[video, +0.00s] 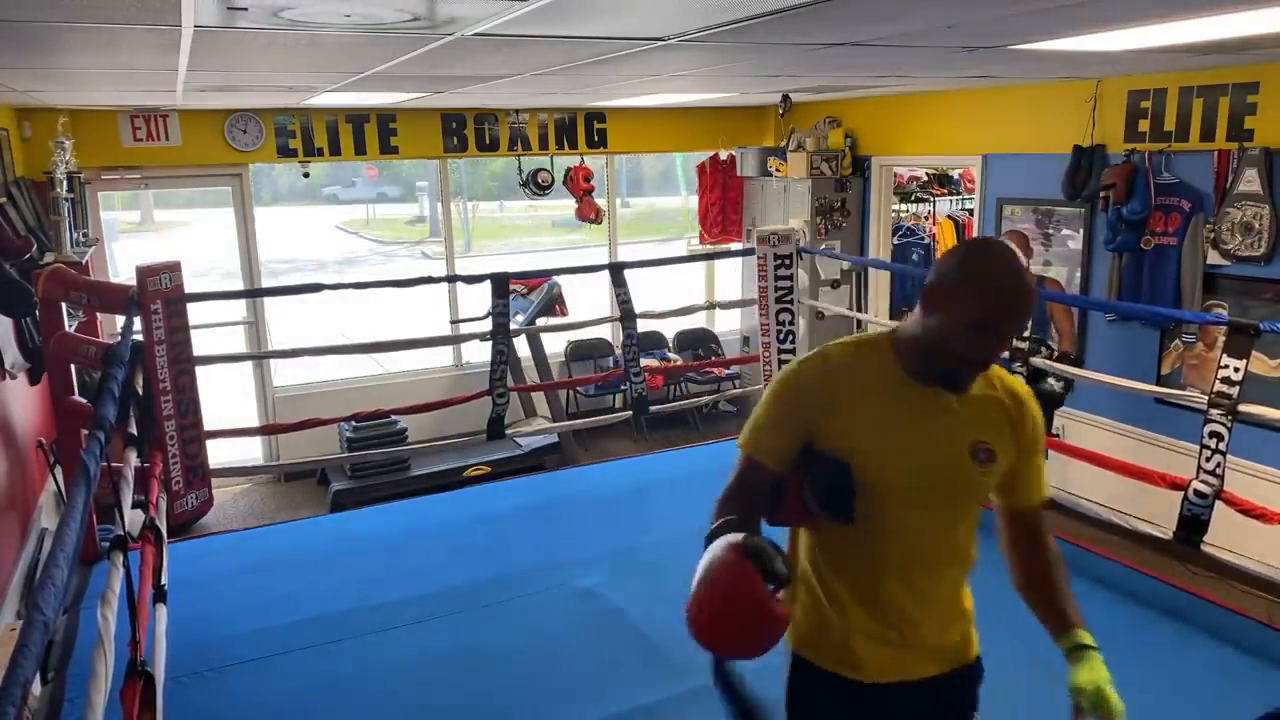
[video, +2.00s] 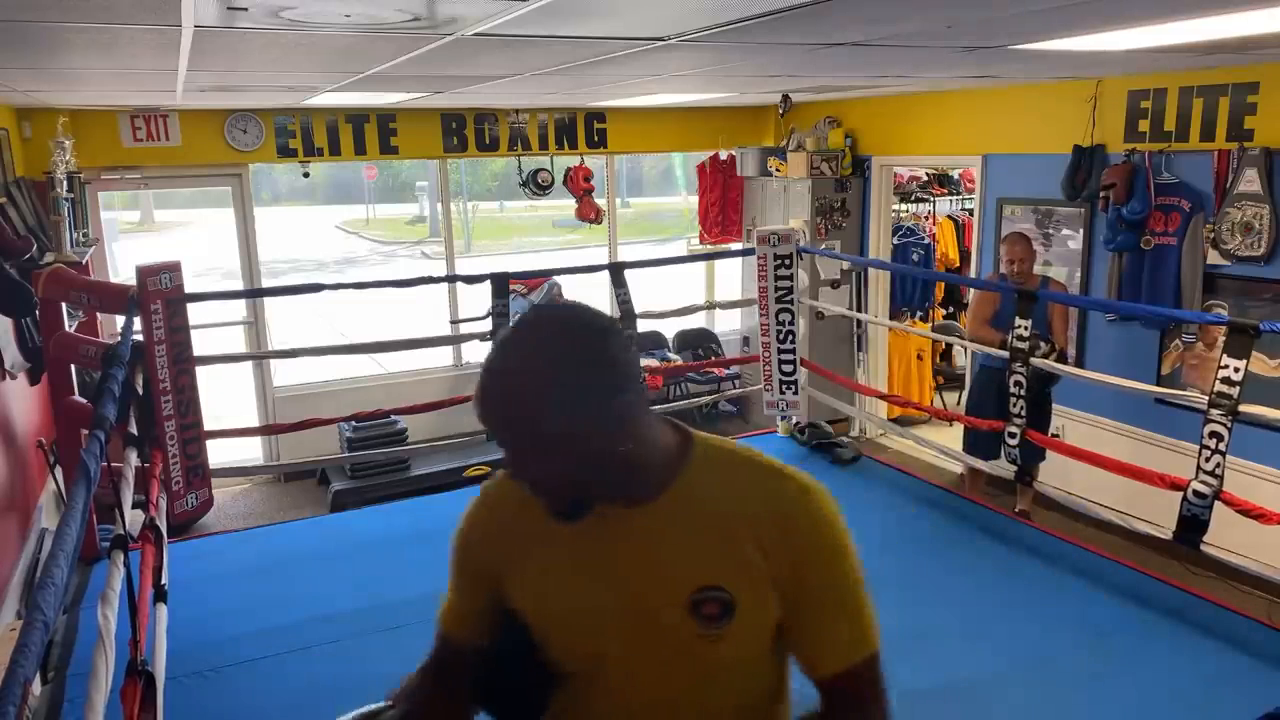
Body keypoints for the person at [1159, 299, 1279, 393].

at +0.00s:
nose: (1219, 326)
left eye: (1222, 322)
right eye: (1214, 320)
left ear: (1225, 327)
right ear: (1201, 324)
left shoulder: (1233, 350)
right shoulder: (1189, 348)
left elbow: (1271, 368)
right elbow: (1163, 369)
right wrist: (1179, 346)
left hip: (1218, 407)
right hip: (1188, 404)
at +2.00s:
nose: (1220, 327)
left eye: (1223, 323)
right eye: (1214, 321)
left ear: (1226, 328)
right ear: (1201, 326)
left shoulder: (1231, 350)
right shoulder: (1189, 349)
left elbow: (1271, 368)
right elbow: (1162, 370)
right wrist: (1178, 347)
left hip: (1218, 406)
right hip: (1189, 402)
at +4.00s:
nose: (1220, 327)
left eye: (1224, 323)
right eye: (1215, 322)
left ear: (1226, 327)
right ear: (1201, 325)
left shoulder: (1231, 349)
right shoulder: (1189, 348)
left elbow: (1270, 368)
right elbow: (1162, 369)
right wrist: (1179, 348)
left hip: (1218, 405)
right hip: (1189, 401)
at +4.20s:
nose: (1220, 327)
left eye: (1223, 323)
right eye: (1215, 322)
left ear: (1226, 327)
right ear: (1201, 325)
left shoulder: (1231, 349)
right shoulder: (1189, 348)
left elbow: (1270, 368)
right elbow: (1162, 369)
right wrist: (1182, 352)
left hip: (1219, 405)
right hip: (1189, 400)